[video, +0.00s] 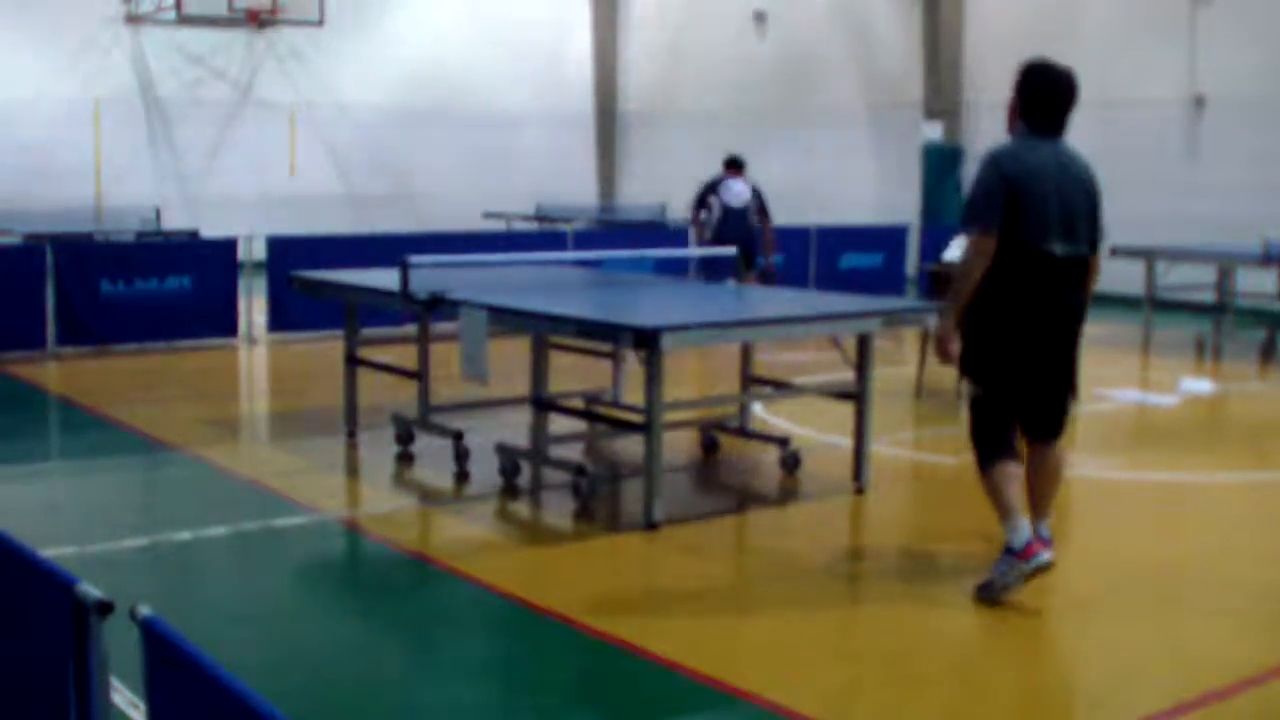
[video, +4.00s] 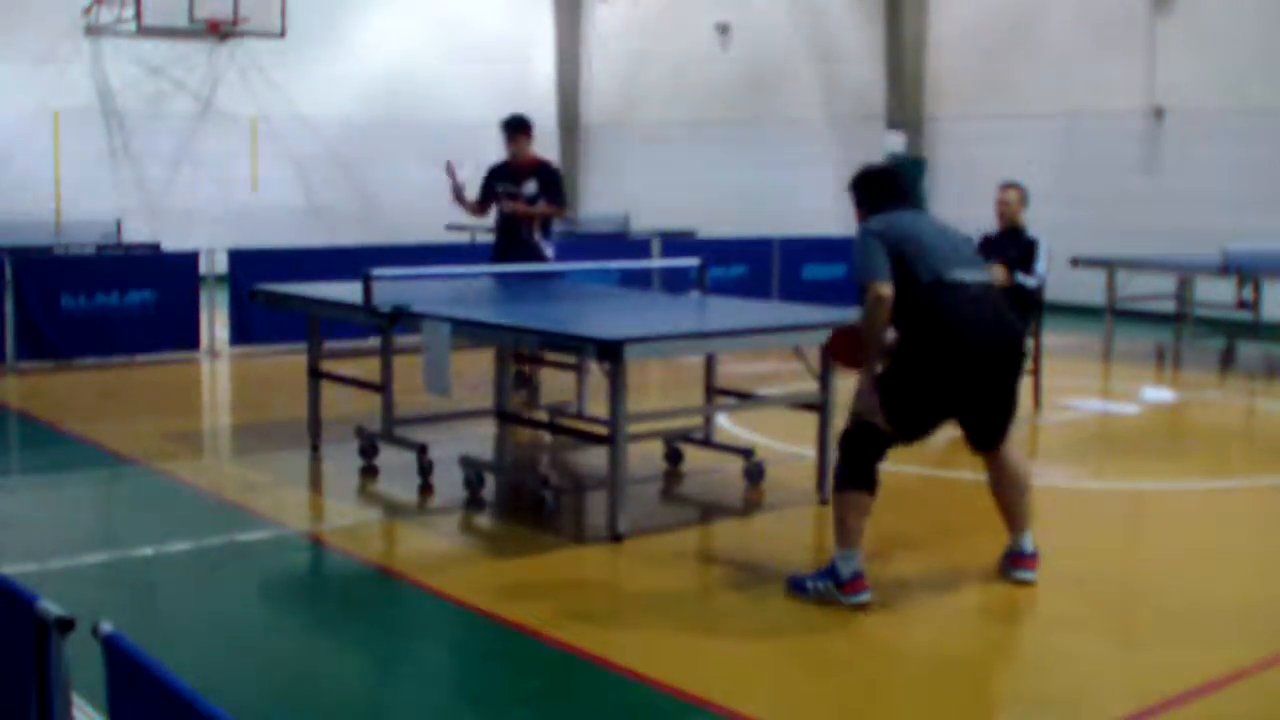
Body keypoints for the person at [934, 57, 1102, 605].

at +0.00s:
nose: (1009, 107)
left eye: (1013, 99)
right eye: (1017, 98)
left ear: (1017, 106)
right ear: (1067, 111)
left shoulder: (1001, 166)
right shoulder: (1080, 174)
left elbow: (979, 250)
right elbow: (1091, 263)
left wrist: (950, 317)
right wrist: (1072, 311)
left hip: (999, 326)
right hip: (1057, 330)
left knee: (993, 433)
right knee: (1044, 431)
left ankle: (1021, 538)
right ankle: (1039, 533)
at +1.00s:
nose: (1035, 113)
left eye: (1038, 103)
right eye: (1037, 102)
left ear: (1051, 107)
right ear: (1094, 106)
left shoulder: (1049, 166)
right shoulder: (1126, 171)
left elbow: (1033, 260)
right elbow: (1144, 273)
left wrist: (1001, 327)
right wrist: (1115, 319)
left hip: (1046, 336)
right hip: (1107, 338)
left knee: (995, 430)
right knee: (1106, 448)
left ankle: (1001, 560)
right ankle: (1107, 569)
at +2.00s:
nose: (961, 169)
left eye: (963, 160)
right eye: (963, 160)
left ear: (974, 163)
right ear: (1016, 161)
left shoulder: (976, 208)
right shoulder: (1046, 216)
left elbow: (968, 278)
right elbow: (1076, 299)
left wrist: (942, 321)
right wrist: (1034, 327)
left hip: (983, 351)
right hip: (1040, 356)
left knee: (924, 452)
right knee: (1023, 457)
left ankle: (929, 576)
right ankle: (1038, 568)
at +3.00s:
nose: (876, 145)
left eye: (879, 137)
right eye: (881, 136)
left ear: (885, 142)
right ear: (931, 138)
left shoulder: (888, 192)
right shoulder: (959, 188)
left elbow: (851, 264)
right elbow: (982, 267)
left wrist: (869, 197)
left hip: (921, 339)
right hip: (979, 338)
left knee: (869, 444)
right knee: (979, 438)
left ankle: (837, 562)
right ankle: (1007, 544)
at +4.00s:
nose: (857, 215)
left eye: (857, 207)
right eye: (857, 207)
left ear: (866, 204)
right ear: (909, 196)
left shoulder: (875, 231)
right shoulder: (945, 231)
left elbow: (881, 294)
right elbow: (985, 283)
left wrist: (869, 360)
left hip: (937, 350)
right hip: (999, 348)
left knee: (861, 443)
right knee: (995, 441)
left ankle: (846, 568)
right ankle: (1024, 547)